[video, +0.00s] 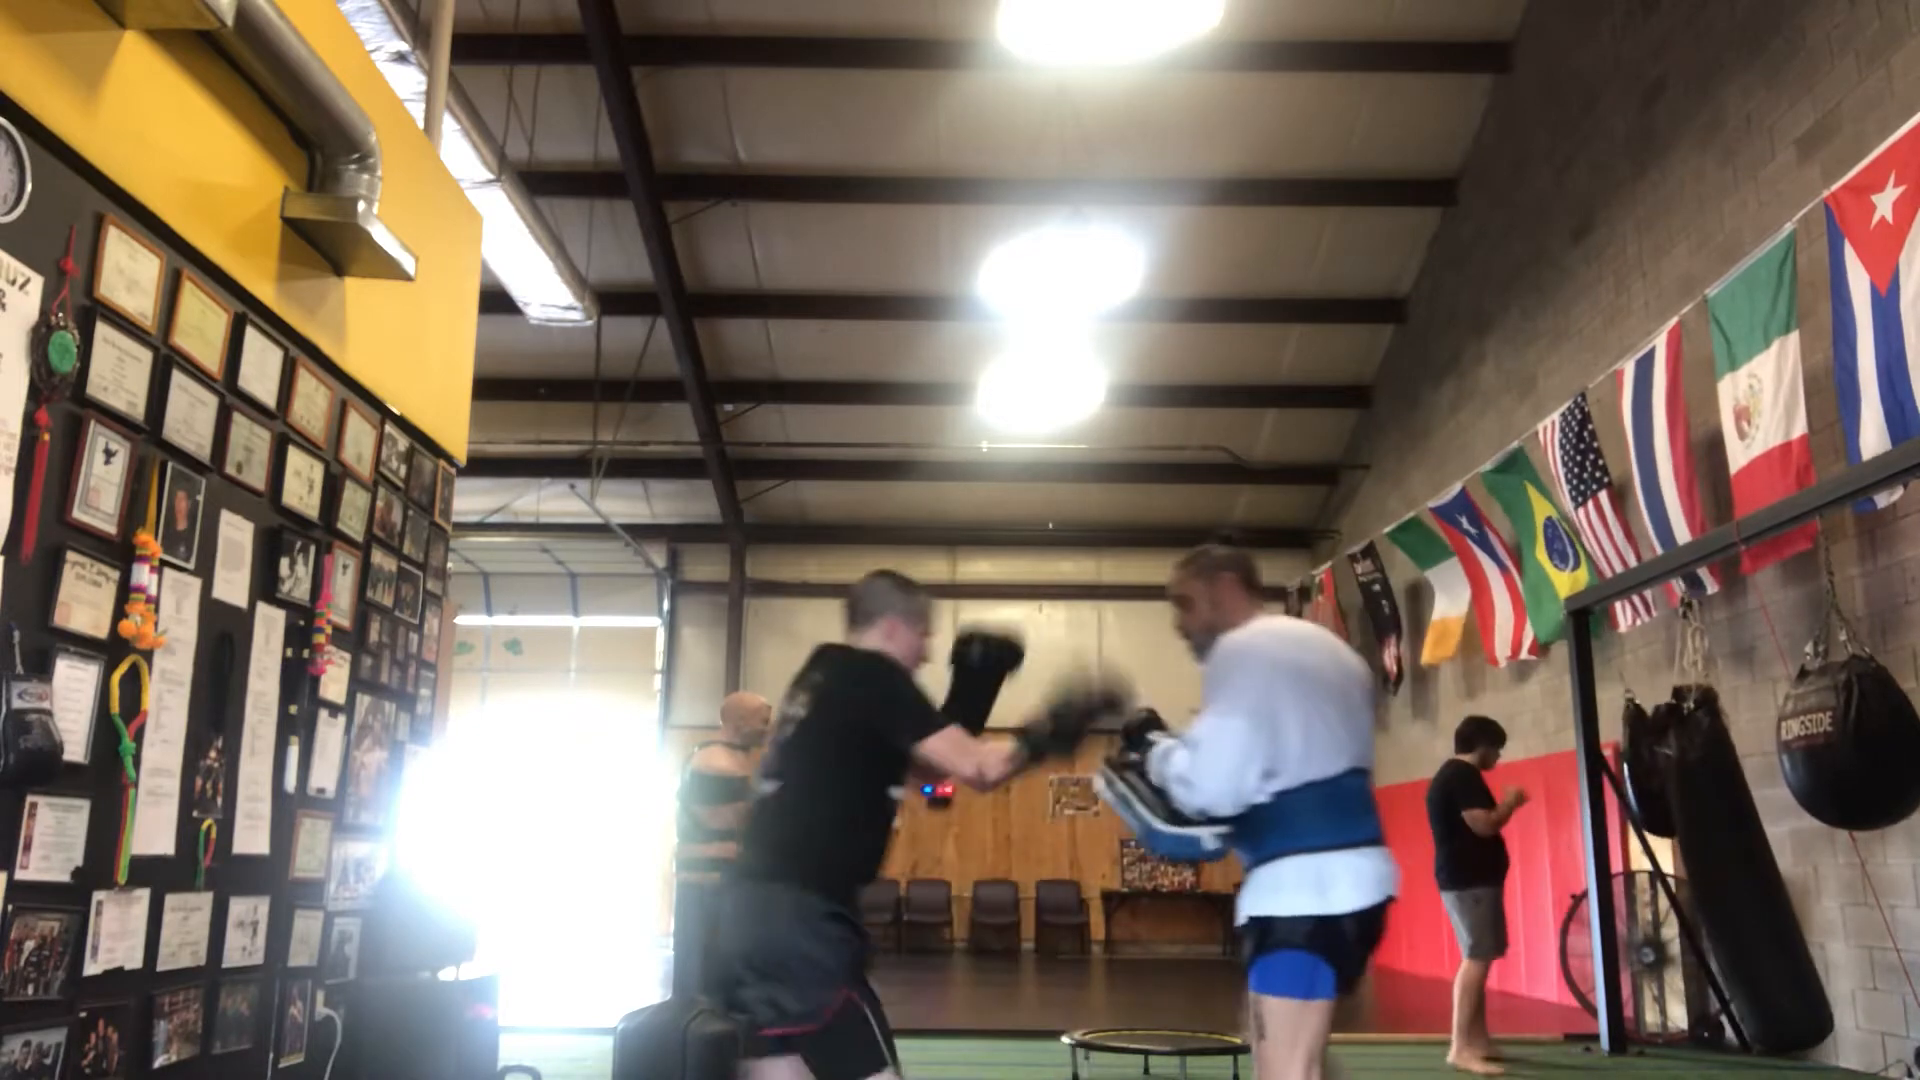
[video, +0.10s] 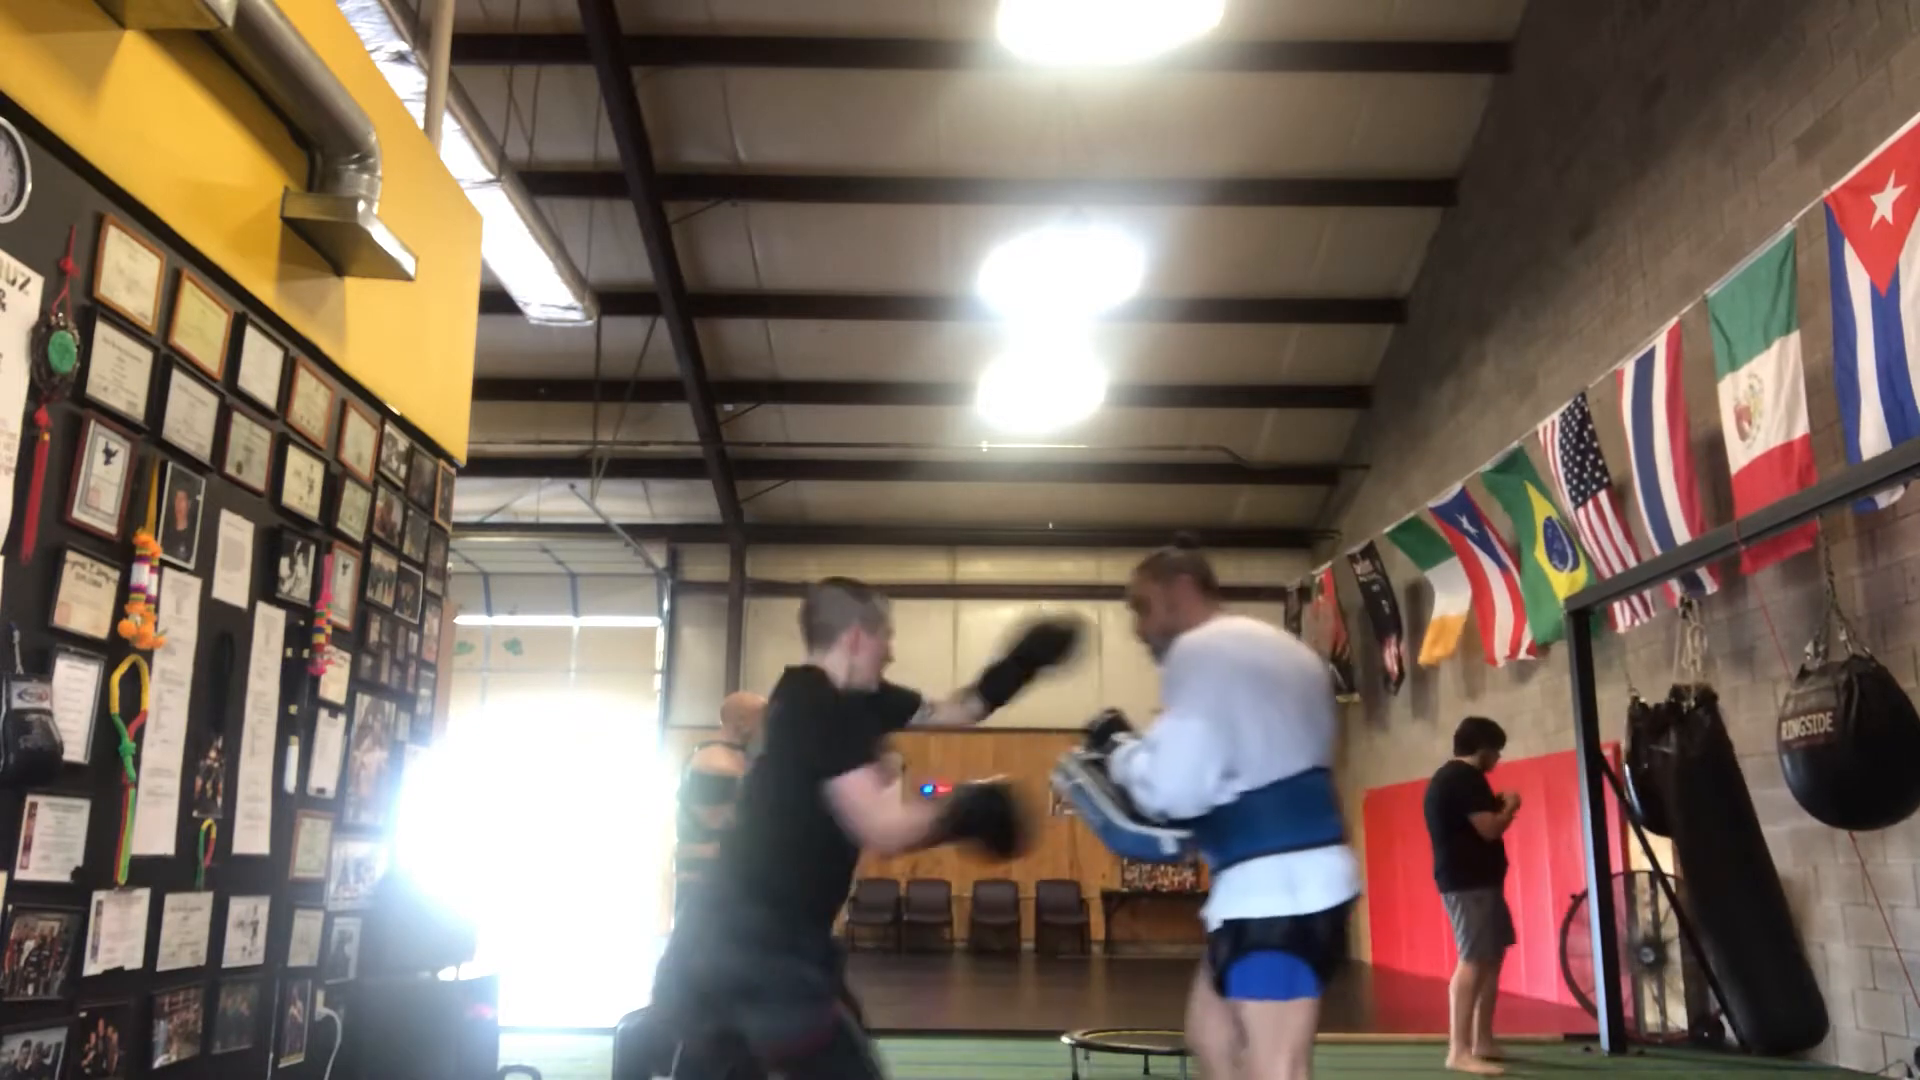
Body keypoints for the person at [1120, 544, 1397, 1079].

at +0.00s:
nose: (1180, 625)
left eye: (1185, 605)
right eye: (1177, 609)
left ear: (1225, 588)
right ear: (1235, 590)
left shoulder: (1246, 653)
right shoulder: (1330, 647)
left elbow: (1214, 786)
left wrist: (1153, 743)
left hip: (1302, 894)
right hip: (1356, 885)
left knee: (1285, 1068)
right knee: (1296, 1058)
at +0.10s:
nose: (1139, 628)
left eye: (1143, 607)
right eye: (1136, 611)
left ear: (1182, 590)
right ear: (1193, 591)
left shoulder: (1203, 652)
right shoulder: (1288, 649)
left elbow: (1177, 789)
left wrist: (1117, 745)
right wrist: (1144, 745)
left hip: (1272, 894)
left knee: (1276, 1065)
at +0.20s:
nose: (1097, 633)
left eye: (1101, 613)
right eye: (1095, 617)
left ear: (1141, 597)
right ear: (1157, 597)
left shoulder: (1161, 655)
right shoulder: (1241, 652)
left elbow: (1134, 789)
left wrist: (1082, 746)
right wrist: (1111, 727)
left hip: (1230, 900)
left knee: (1254, 1069)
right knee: (1166, 1061)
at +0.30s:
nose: (1058, 631)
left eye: (1062, 612)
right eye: (1055, 615)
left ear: (1102, 593)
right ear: (1114, 596)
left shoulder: (1120, 651)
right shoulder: (1194, 650)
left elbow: (1093, 779)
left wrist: (1031, 723)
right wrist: (1072, 720)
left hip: (1179, 893)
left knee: (1217, 1066)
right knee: (1132, 1062)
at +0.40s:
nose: (1017, 614)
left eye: (1020, 594)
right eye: (1015, 598)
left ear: (1060, 579)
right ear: (1070, 580)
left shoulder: (1085, 626)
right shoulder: (1119, 628)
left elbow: (1055, 752)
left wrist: (997, 706)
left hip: (1143, 876)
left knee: (1147, 1062)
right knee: (1119, 1061)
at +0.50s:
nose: (980, 601)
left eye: (983, 582)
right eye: (977, 587)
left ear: (1023, 564)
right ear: (1035, 567)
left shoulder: (1059, 605)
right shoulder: (1090, 610)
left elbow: (1021, 727)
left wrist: (964, 699)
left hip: (1103, 861)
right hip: (1136, 857)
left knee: (1077, 1051)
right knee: (1111, 1043)